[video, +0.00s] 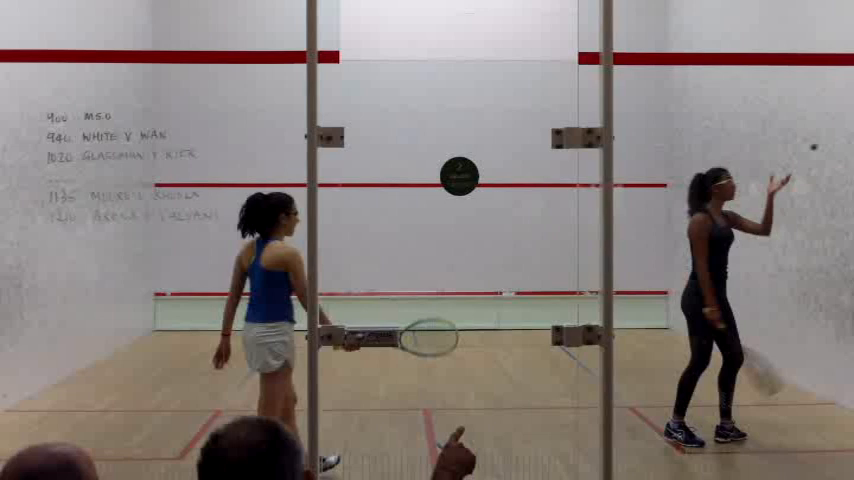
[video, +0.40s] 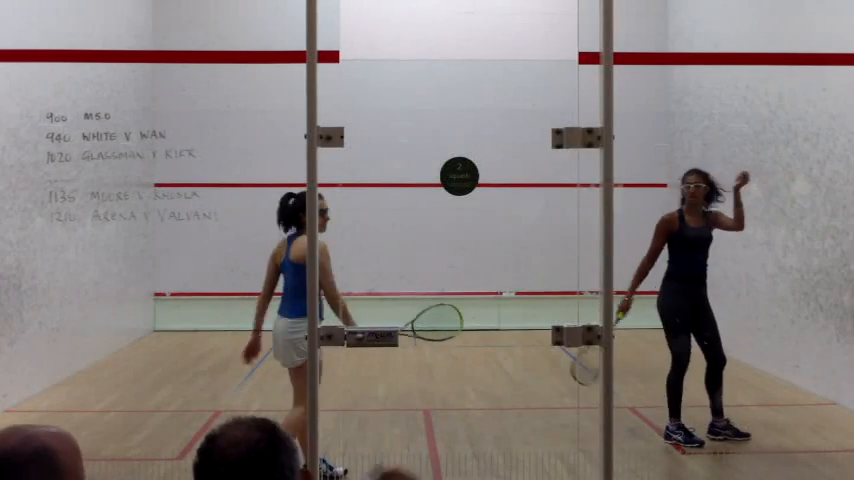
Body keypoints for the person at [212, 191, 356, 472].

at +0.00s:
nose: (298, 219)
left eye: (296, 214)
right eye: (294, 214)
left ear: (271, 219)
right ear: (282, 218)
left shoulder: (248, 251)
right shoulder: (289, 255)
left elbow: (233, 297)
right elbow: (307, 300)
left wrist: (225, 337)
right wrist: (329, 327)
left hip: (252, 334)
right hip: (277, 336)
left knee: (289, 401)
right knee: (271, 411)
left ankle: (300, 461)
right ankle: (268, 469)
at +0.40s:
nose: (328, 218)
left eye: (327, 212)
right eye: (323, 213)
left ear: (301, 217)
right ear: (308, 216)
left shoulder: (281, 247)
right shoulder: (317, 246)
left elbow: (266, 294)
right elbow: (331, 294)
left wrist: (256, 334)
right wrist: (354, 329)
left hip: (283, 326)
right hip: (303, 329)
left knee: (302, 403)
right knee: (306, 405)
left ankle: (312, 463)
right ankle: (267, 453)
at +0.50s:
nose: (328, 218)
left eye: (330, 213)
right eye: (323, 212)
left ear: (330, 216)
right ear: (308, 215)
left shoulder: (296, 244)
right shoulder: (314, 246)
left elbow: (279, 292)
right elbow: (328, 292)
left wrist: (281, 329)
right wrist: (351, 325)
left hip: (290, 327)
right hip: (307, 329)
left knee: (304, 401)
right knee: (323, 402)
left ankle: (310, 462)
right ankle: (279, 455)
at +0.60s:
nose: (329, 220)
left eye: (333, 215)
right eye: (323, 213)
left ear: (337, 220)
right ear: (311, 215)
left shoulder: (308, 244)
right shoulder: (308, 245)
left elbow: (317, 293)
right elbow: (318, 293)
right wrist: (340, 325)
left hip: (302, 327)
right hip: (308, 329)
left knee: (308, 401)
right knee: (332, 399)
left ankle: (311, 463)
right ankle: (287, 452)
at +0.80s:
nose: (336, 219)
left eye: (341, 215)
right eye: (330, 213)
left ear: (346, 219)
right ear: (319, 215)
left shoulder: (331, 249)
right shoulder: (306, 246)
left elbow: (336, 295)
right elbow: (296, 291)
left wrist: (343, 334)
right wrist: (308, 331)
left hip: (325, 327)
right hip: (312, 328)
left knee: (316, 396)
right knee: (342, 394)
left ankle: (312, 458)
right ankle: (313, 457)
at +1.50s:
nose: (377, 220)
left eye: (376, 215)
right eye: (373, 215)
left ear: (354, 220)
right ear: (358, 220)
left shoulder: (342, 251)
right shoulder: (343, 252)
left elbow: (346, 306)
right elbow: (336, 307)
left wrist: (351, 348)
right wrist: (349, 351)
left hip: (328, 341)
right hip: (328, 342)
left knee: (331, 409)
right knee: (334, 410)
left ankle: (327, 468)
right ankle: (334, 472)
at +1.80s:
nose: (370, 219)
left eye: (368, 215)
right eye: (366, 215)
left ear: (345, 221)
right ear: (355, 222)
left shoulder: (327, 251)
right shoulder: (353, 255)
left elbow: (322, 300)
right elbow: (355, 310)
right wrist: (370, 356)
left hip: (300, 329)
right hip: (324, 338)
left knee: (310, 403)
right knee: (341, 409)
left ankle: (286, 461)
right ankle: (336, 474)